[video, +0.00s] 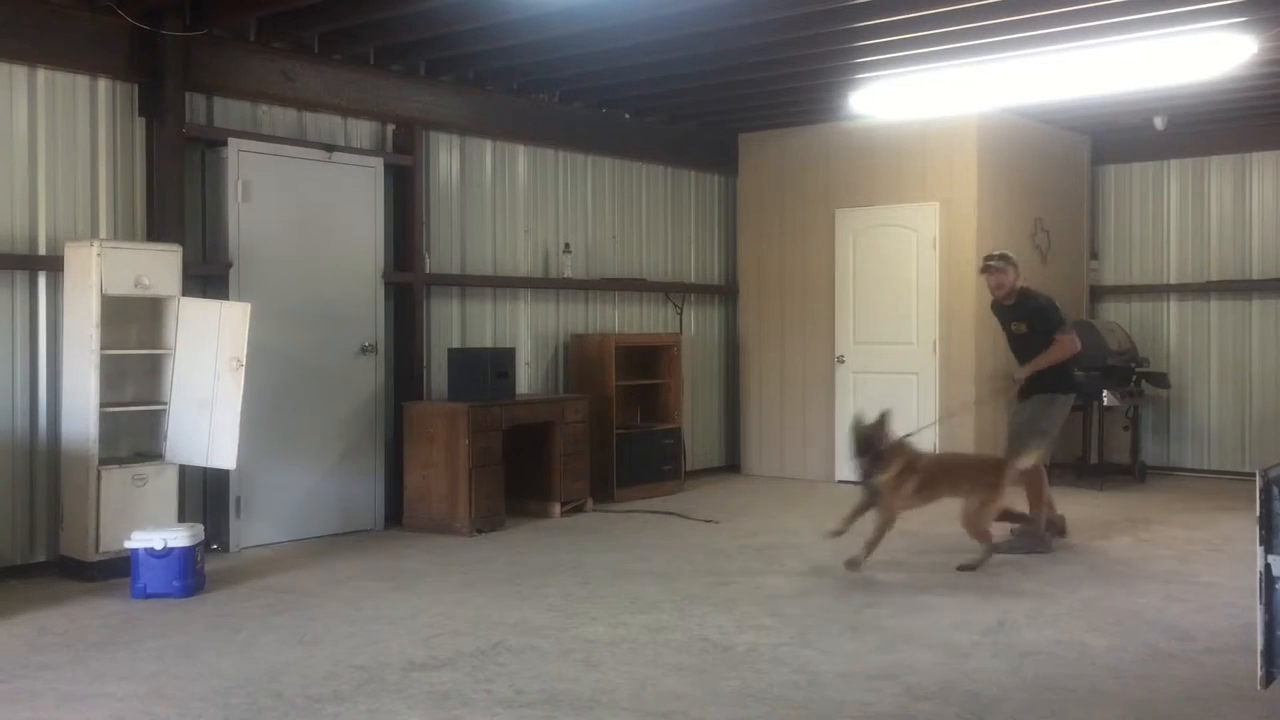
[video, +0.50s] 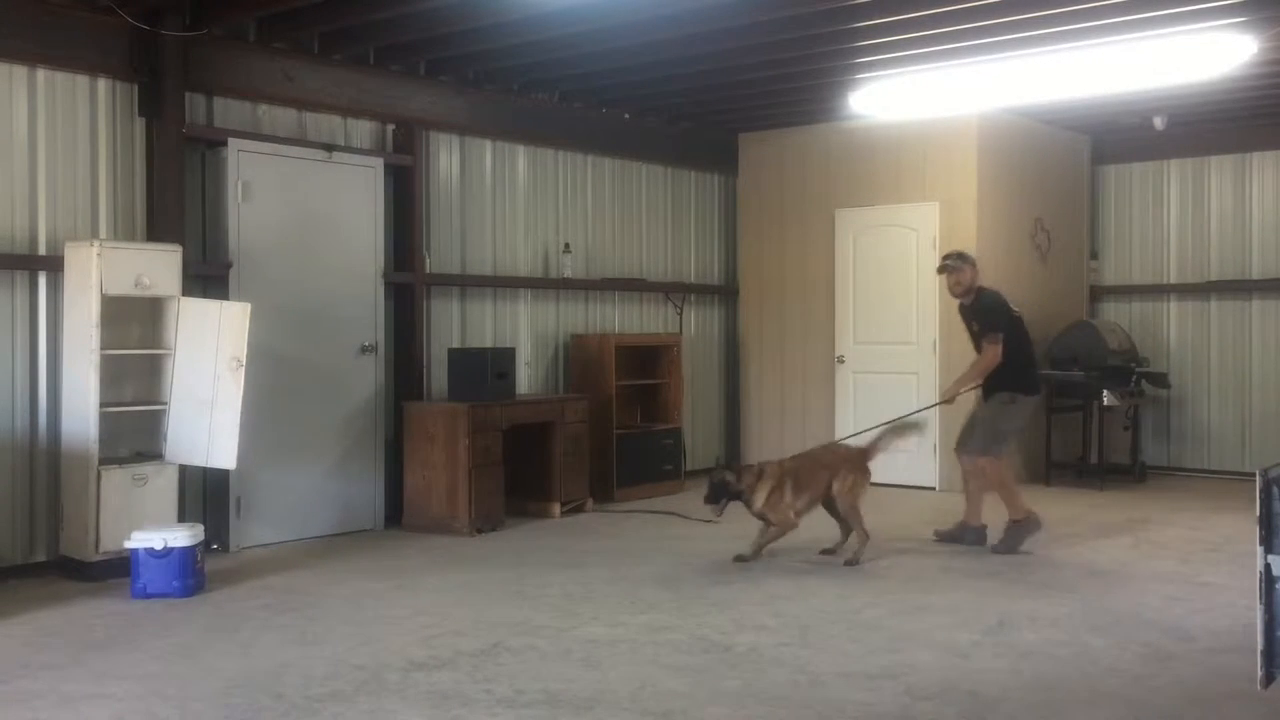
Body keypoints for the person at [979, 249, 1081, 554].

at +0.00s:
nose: (995, 280)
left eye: (1001, 272)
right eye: (990, 274)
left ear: (1016, 275)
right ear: (985, 279)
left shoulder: (1038, 304)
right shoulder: (998, 308)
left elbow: (1070, 344)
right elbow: (1028, 342)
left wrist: (1028, 368)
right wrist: (1026, 375)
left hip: (1056, 388)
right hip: (1031, 388)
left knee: (1030, 455)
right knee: (1021, 455)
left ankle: (1036, 531)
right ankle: (1050, 518)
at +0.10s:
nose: (991, 279)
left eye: (997, 272)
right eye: (986, 274)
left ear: (1012, 273)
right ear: (982, 279)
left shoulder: (1034, 303)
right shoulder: (996, 307)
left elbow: (1054, 347)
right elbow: (1023, 342)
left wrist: (1018, 373)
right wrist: (1024, 380)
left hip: (1055, 387)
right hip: (1032, 387)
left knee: (1027, 455)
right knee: (1010, 452)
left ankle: (1037, 532)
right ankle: (1047, 512)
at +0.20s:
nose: (986, 277)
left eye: (992, 270)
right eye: (981, 272)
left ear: (1008, 272)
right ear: (978, 277)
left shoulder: (1025, 302)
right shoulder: (994, 305)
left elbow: (1032, 355)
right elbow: (1019, 346)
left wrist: (990, 378)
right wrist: (1012, 375)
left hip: (1051, 387)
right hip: (1026, 386)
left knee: (1024, 455)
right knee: (996, 449)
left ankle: (1037, 533)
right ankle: (1038, 509)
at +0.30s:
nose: (978, 274)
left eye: (984, 268)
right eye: (973, 269)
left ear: (1000, 270)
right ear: (969, 275)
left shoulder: (1014, 299)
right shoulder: (988, 303)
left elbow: (1013, 355)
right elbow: (1010, 349)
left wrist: (974, 386)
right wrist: (1000, 375)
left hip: (1043, 387)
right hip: (1019, 386)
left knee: (1016, 457)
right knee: (989, 446)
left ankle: (1037, 533)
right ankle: (1013, 517)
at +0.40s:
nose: (964, 274)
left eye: (971, 268)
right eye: (960, 269)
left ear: (986, 270)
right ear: (958, 275)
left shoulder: (1000, 299)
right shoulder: (979, 302)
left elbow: (1002, 354)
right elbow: (999, 351)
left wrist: (965, 387)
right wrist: (982, 380)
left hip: (1031, 388)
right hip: (1010, 388)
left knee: (1006, 458)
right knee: (983, 450)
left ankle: (1034, 530)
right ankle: (981, 523)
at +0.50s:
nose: (953, 278)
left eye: (959, 271)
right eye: (948, 273)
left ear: (974, 273)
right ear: (945, 279)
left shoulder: (988, 301)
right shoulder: (967, 307)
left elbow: (993, 355)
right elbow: (987, 352)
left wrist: (956, 387)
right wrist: (979, 379)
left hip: (1018, 389)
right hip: (997, 389)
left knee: (986, 453)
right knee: (967, 450)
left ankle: (1021, 518)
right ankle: (972, 524)